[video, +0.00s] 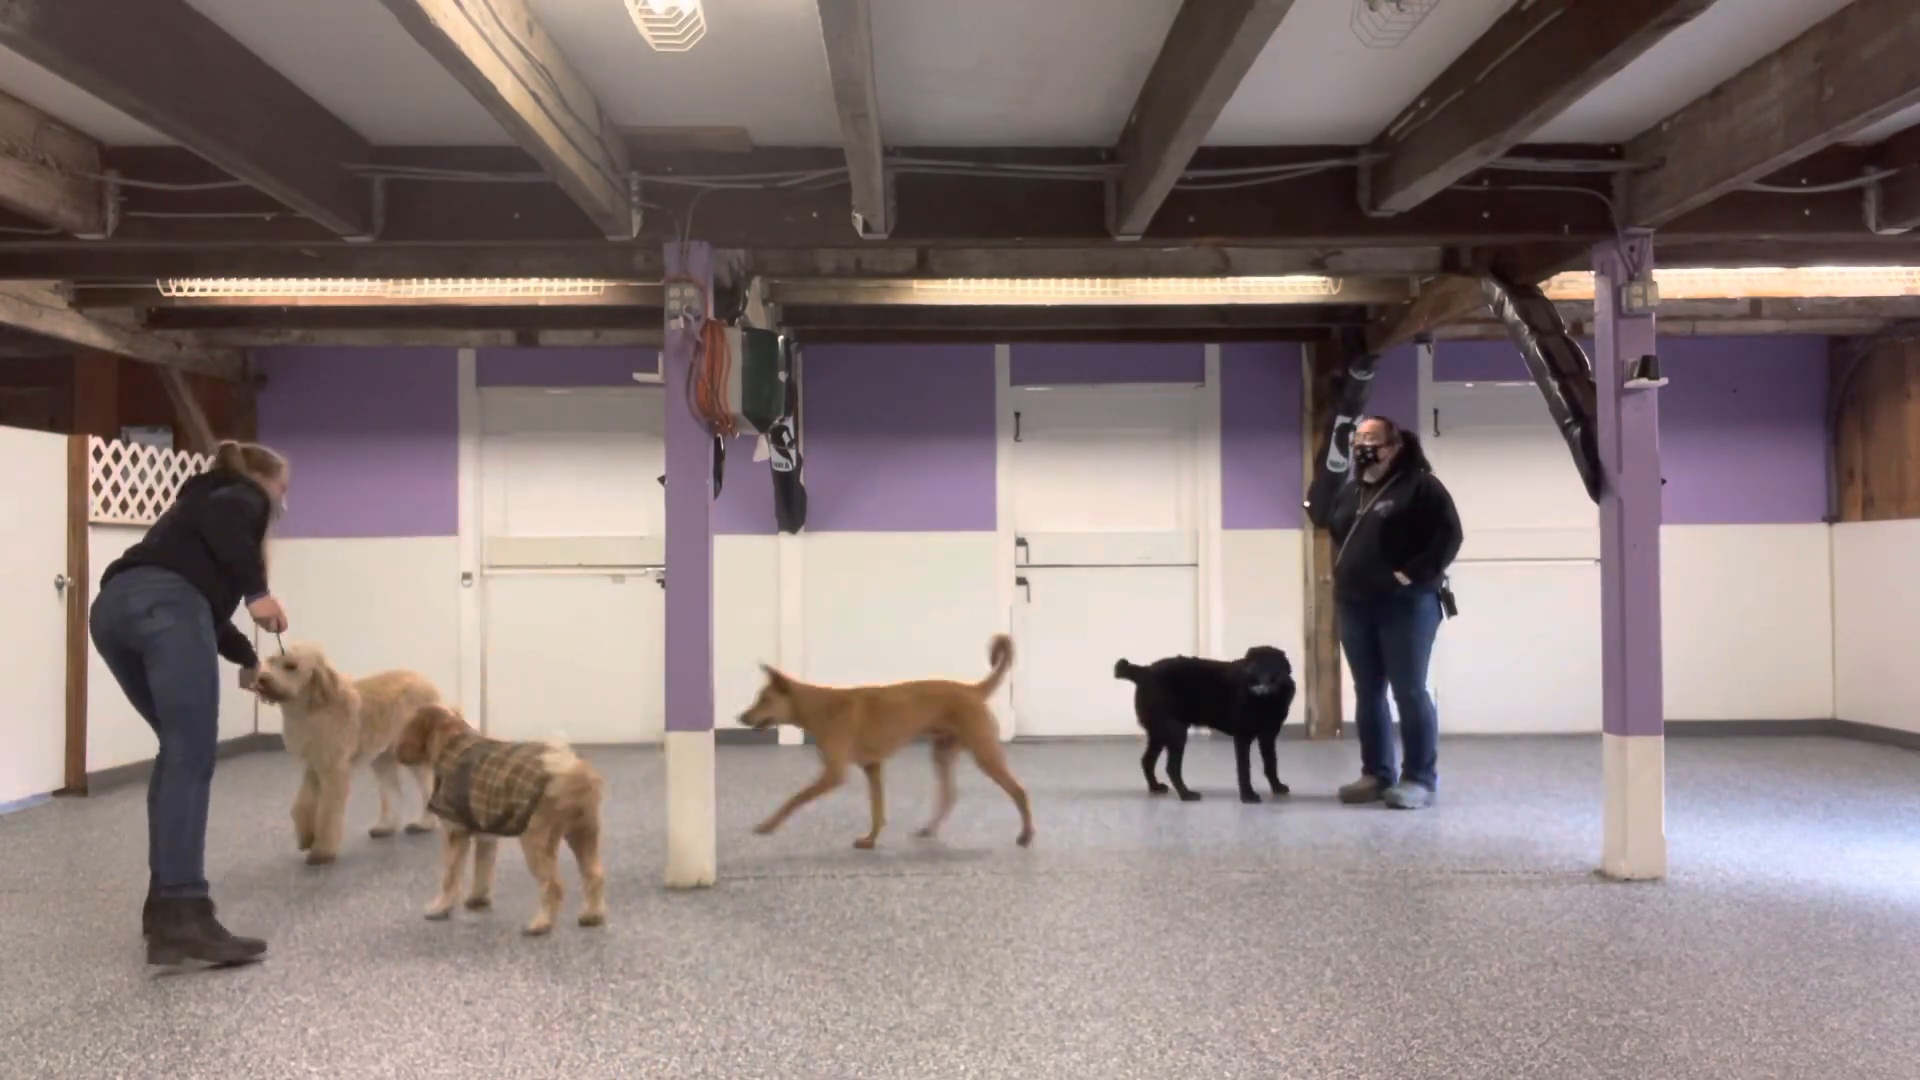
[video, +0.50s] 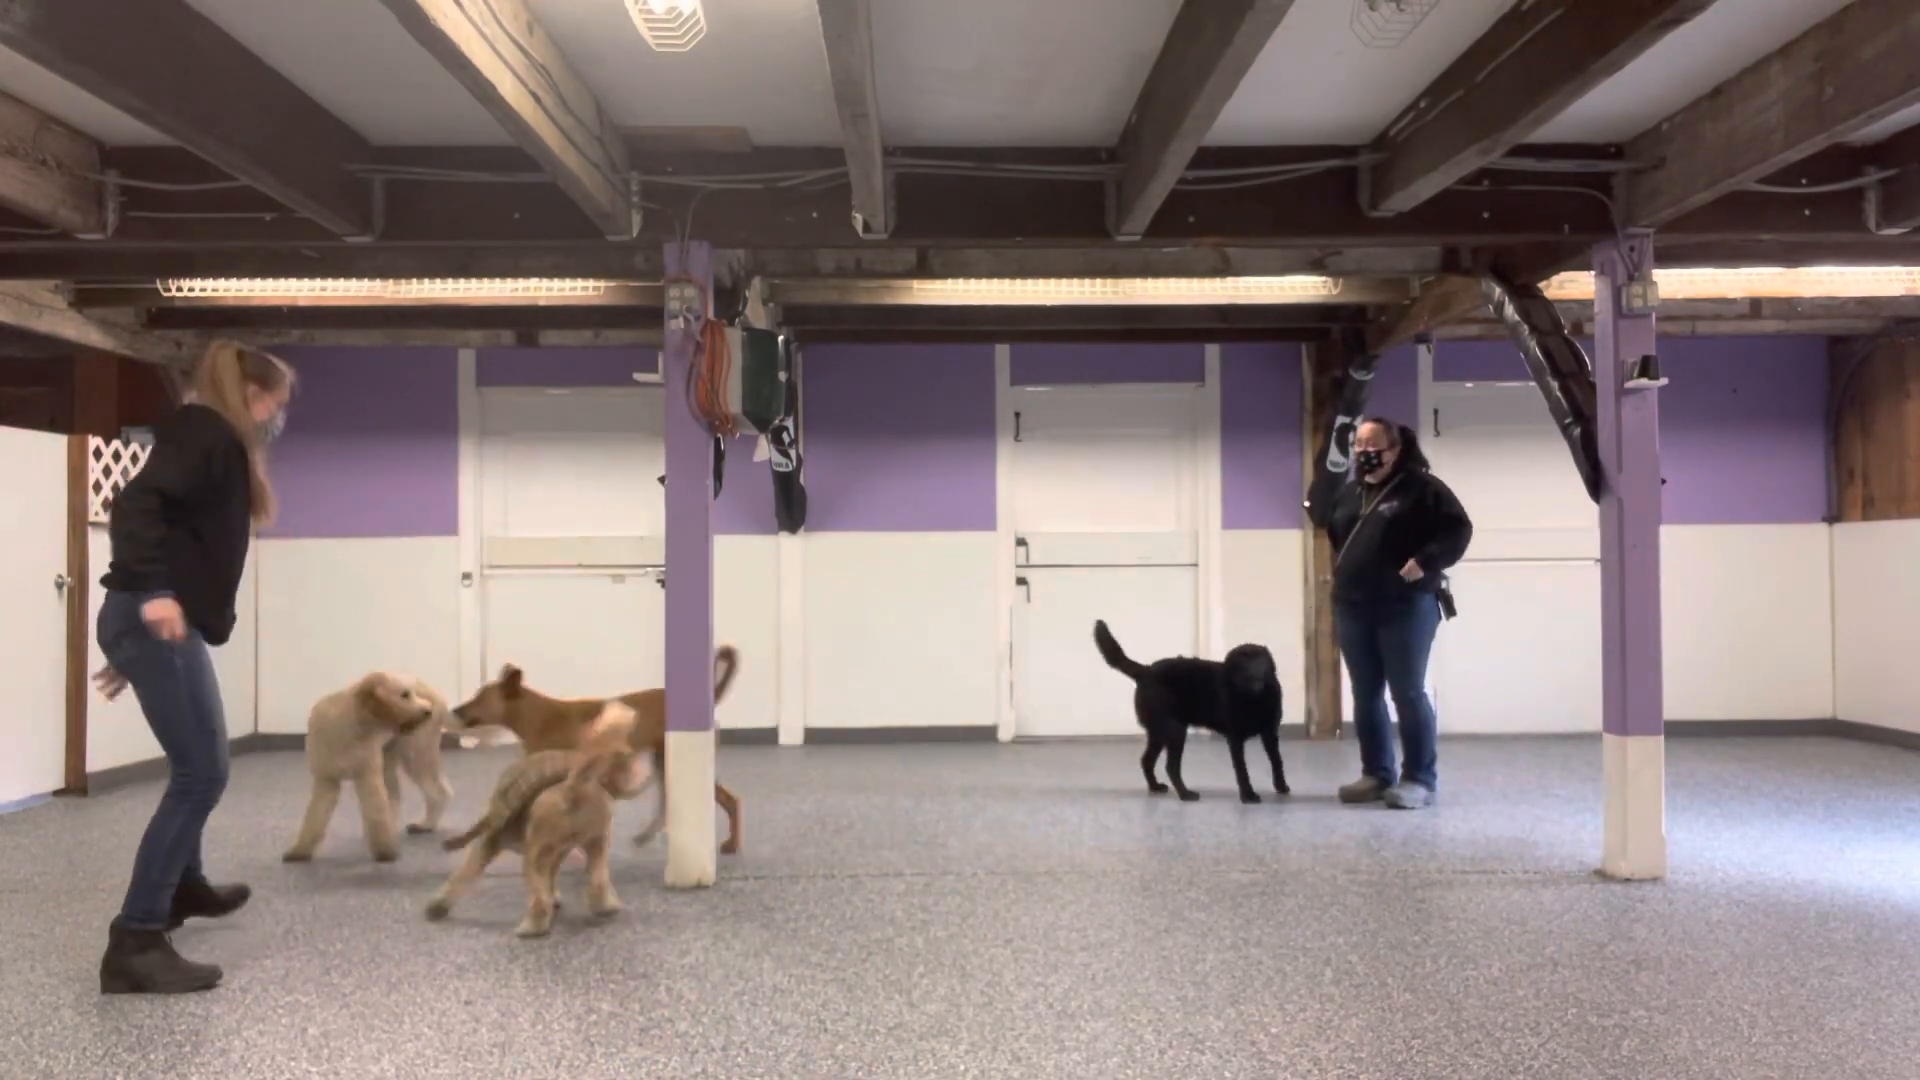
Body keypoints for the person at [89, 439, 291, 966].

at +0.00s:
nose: (280, 502)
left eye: (282, 494)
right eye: (279, 492)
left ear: (230, 472)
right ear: (259, 477)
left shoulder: (196, 504)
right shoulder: (241, 491)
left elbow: (203, 600)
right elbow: (233, 529)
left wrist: (248, 662)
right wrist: (258, 593)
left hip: (112, 608)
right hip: (166, 599)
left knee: (180, 747)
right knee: (192, 748)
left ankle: (168, 904)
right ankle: (183, 912)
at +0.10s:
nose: (279, 491)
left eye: (281, 484)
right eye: (277, 481)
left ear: (228, 461)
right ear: (256, 463)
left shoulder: (194, 493)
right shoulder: (241, 480)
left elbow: (192, 579)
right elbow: (219, 521)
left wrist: (229, 652)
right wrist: (256, 592)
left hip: (113, 608)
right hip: (164, 601)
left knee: (182, 748)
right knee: (191, 750)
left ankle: (168, 895)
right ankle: (169, 920)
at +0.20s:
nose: (278, 477)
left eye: (281, 469)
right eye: (277, 467)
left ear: (227, 449)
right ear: (257, 453)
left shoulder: (194, 481)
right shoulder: (238, 473)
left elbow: (188, 570)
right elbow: (216, 526)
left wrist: (210, 644)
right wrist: (251, 591)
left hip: (115, 606)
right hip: (160, 602)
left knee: (185, 751)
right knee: (192, 755)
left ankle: (165, 895)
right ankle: (158, 923)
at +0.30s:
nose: (277, 458)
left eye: (281, 448)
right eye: (275, 446)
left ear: (231, 430)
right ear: (253, 434)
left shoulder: (202, 467)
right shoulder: (230, 462)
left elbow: (177, 540)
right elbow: (191, 522)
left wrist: (230, 600)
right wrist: (235, 594)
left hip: (123, 609)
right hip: (152, 608)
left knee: (188, 757)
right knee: (195, 763)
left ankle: (172, 892)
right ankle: (142, 935)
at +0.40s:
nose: (277, 439)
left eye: (281, 428)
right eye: (274, 426)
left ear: (240, 414)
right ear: (248, 414)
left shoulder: (218, 456)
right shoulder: (215, 449)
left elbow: (183, 534)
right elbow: (169, 520)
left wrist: (201, 606)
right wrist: (208, 594)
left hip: (145, 614)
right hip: (147, 615)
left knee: (183, 761)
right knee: (201, 771)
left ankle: (171, 892)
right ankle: (135, 943)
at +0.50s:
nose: (274, 419)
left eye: (279, 409)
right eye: (272, 406)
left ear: (251, 395)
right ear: (246, 390)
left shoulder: (226, 445)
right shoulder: (203, 431)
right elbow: (137, 508)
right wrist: (155, 592)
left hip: (167, 616)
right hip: (151, 616)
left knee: (206, 761)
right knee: (199, 773)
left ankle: (183, 888)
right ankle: (135, 944)